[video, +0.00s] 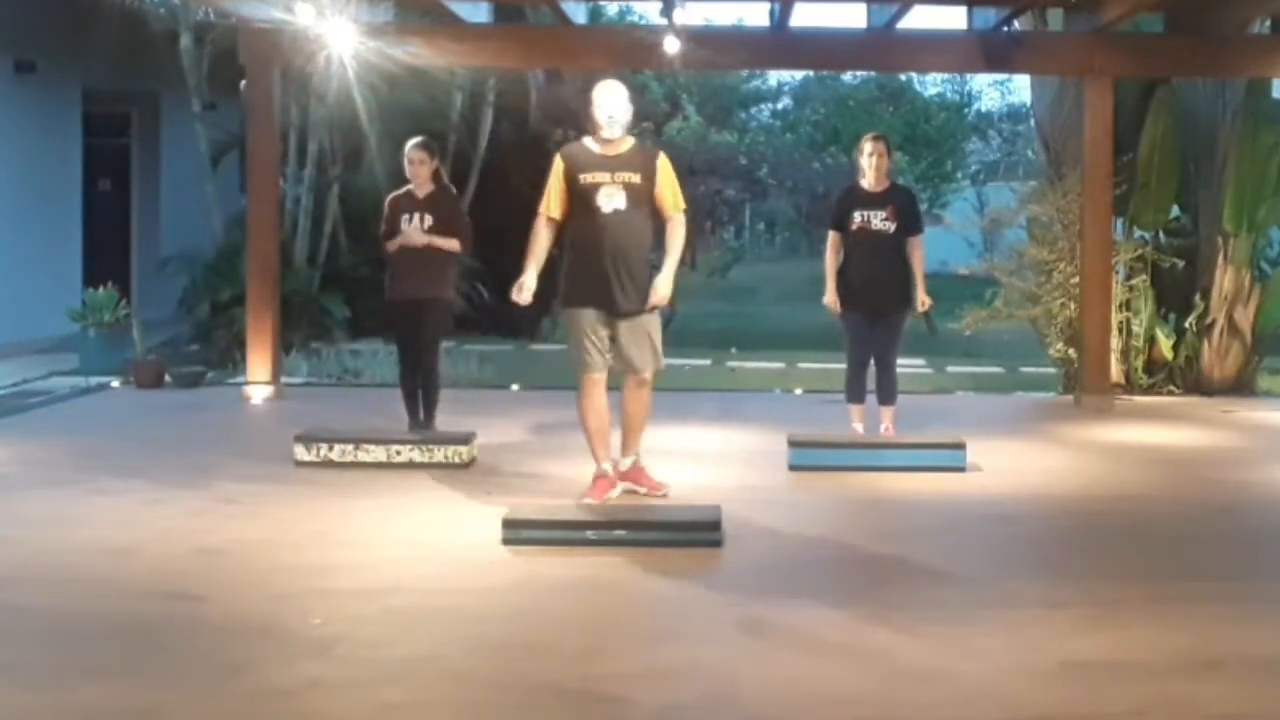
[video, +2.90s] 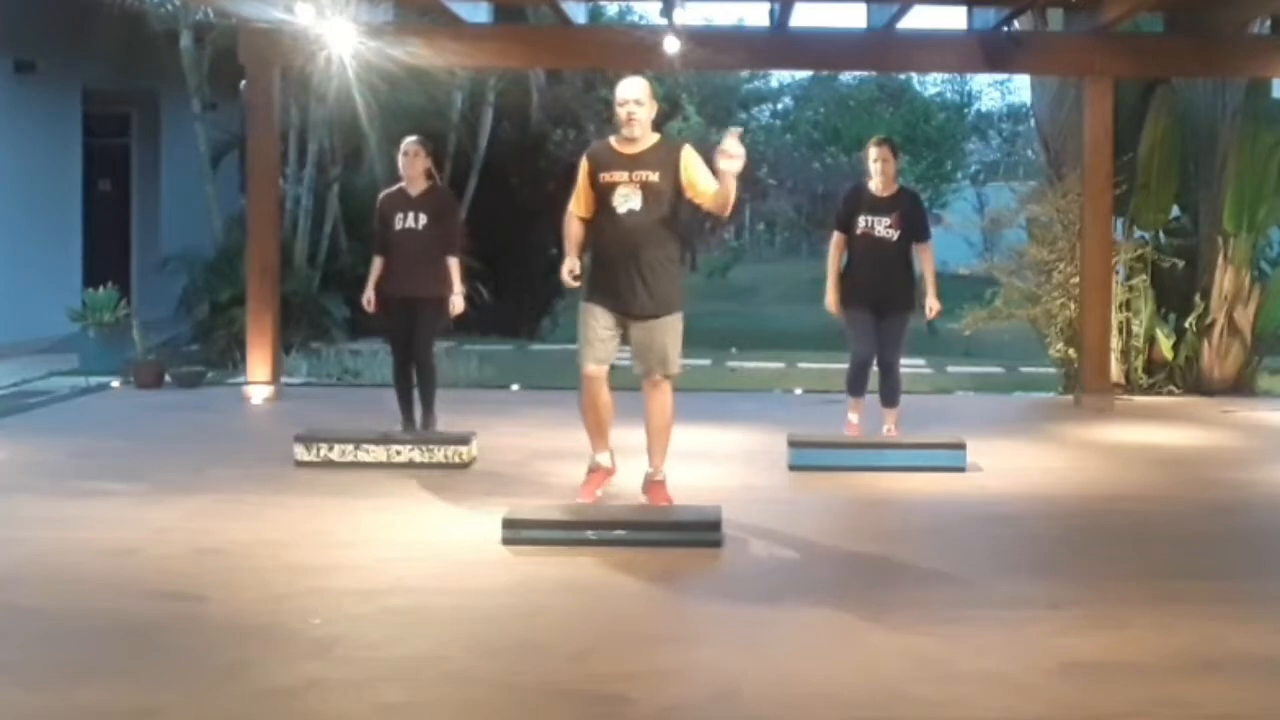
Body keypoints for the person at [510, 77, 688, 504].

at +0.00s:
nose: (608, 115)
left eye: (616, 107)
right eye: (601, 108)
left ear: (630, 111)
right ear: (590, 112)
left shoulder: (653, 161)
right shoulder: (568, 159)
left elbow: (675, 219)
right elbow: (547, 220)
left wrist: (667, 273)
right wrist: (530, 273)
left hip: (638, 290)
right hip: (584, 291)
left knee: (641, 375)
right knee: (593, 376)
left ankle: (631, 464)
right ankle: (604, 470)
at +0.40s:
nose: (618, 116)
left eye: (626, 108)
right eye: (611, 108)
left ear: (640, 111)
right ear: (600, 111)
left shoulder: (664, 160)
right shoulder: (579, 158)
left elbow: (684, 220)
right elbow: (558, 216)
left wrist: (649, 223)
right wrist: (575, 227)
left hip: (644, 291)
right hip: (590, 291)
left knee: (648, 378)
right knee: (594, 379)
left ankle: (653, 470)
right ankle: (604, 472)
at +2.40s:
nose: (618, 111)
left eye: (626, 104)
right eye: (612, 104)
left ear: (643, 109)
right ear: (603, 110)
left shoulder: (671, 156)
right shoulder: (583, 158)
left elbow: (717, 198)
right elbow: (559, 216)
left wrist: (684, 248)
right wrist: (590, 210)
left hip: (654, 292)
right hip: (601, 292)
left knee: (656, 375)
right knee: (604, 380)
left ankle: (659, 469)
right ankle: (614, 474)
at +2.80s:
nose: (630, 111)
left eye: (638, 104)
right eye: (624, 104)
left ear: (656, 110)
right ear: (615, 110)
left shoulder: (678, 158)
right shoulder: (597, 156)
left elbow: (718, 215)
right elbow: (578, 211)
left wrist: (699, 186)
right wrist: (573, 252)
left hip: (657, 292)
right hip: (603, 289)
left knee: (658, 381)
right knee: (592, 372)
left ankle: (656, 474)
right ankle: (603, 463)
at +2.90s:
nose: (628, 111)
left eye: (636, 104)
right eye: (622, 104)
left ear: (654, 109)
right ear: (613, 110)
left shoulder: (678, 155)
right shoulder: (595, 157)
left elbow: (719, 207)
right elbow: (577, 212)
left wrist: (728, 176)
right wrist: (571, 253)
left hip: (658, 288)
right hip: (603, 286)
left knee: (658, 381)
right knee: (592, 373)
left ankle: (656, 475)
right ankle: (602, 462)